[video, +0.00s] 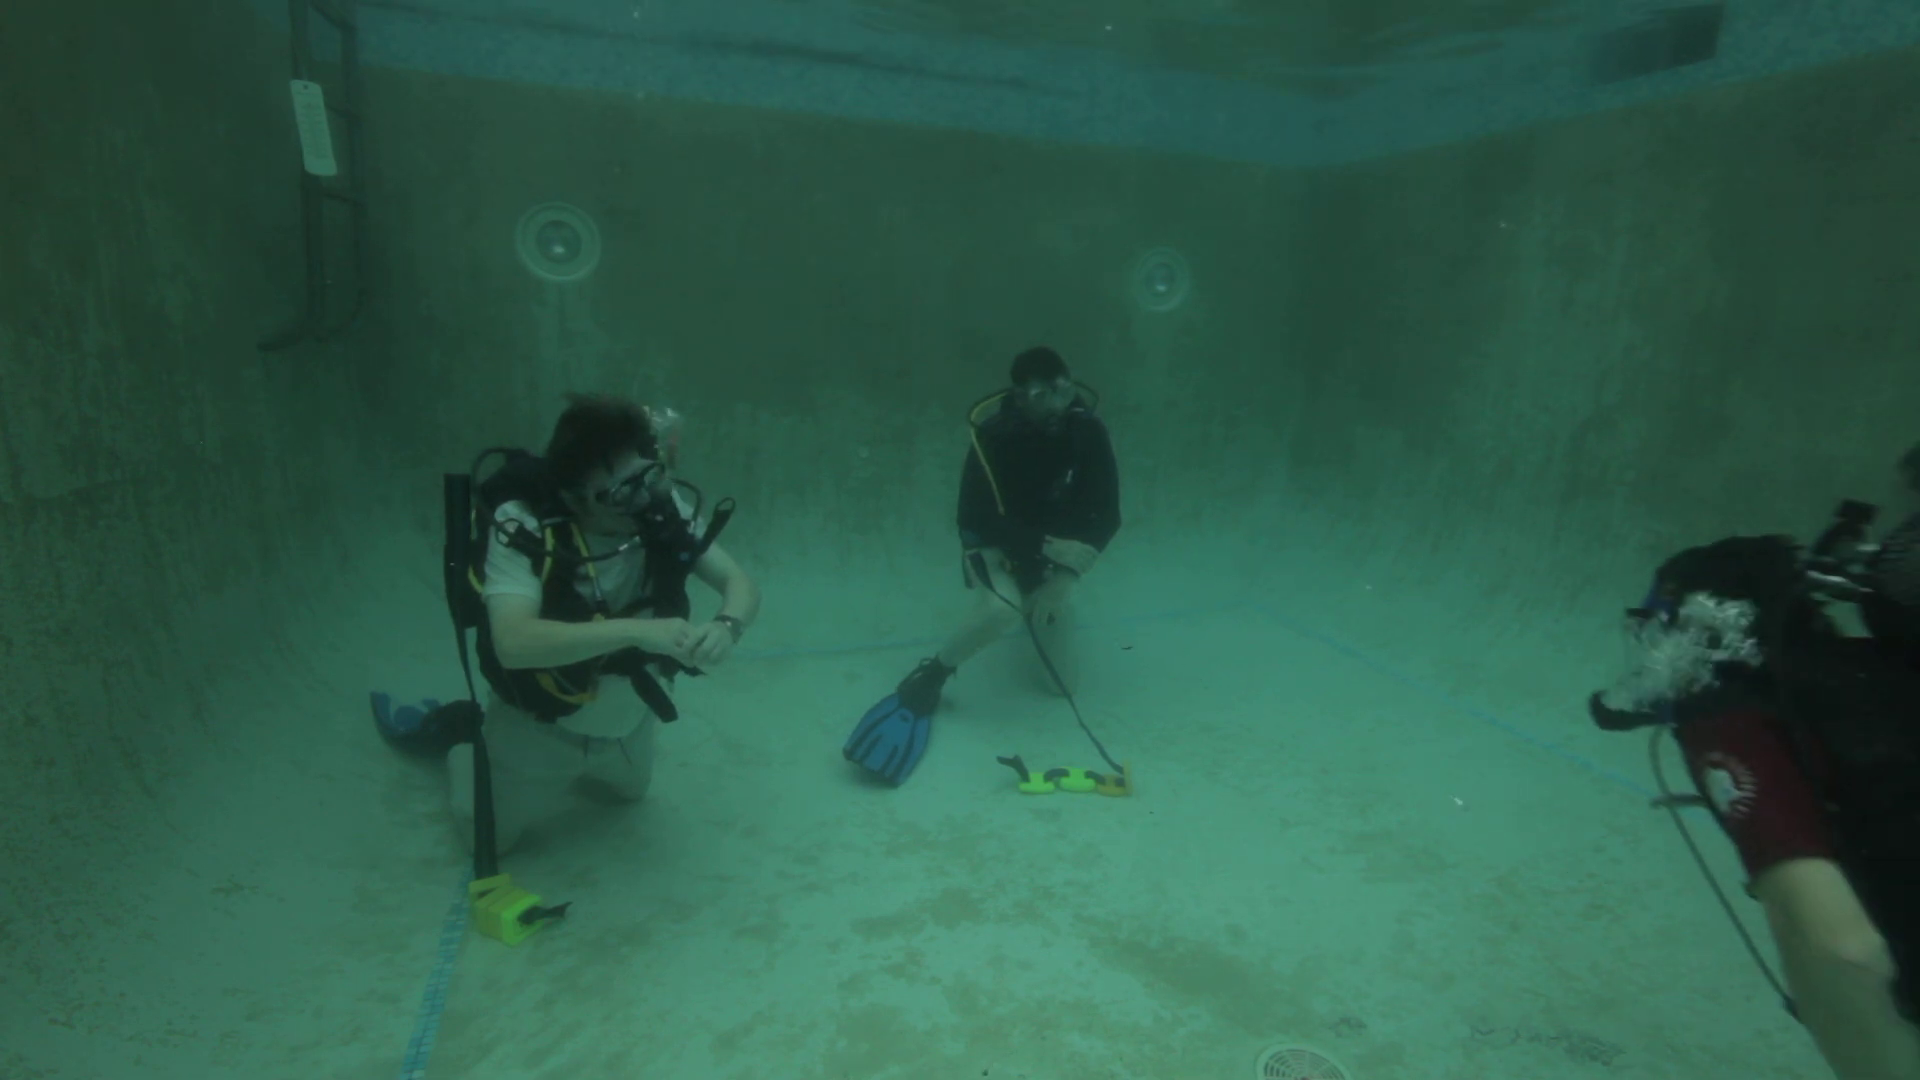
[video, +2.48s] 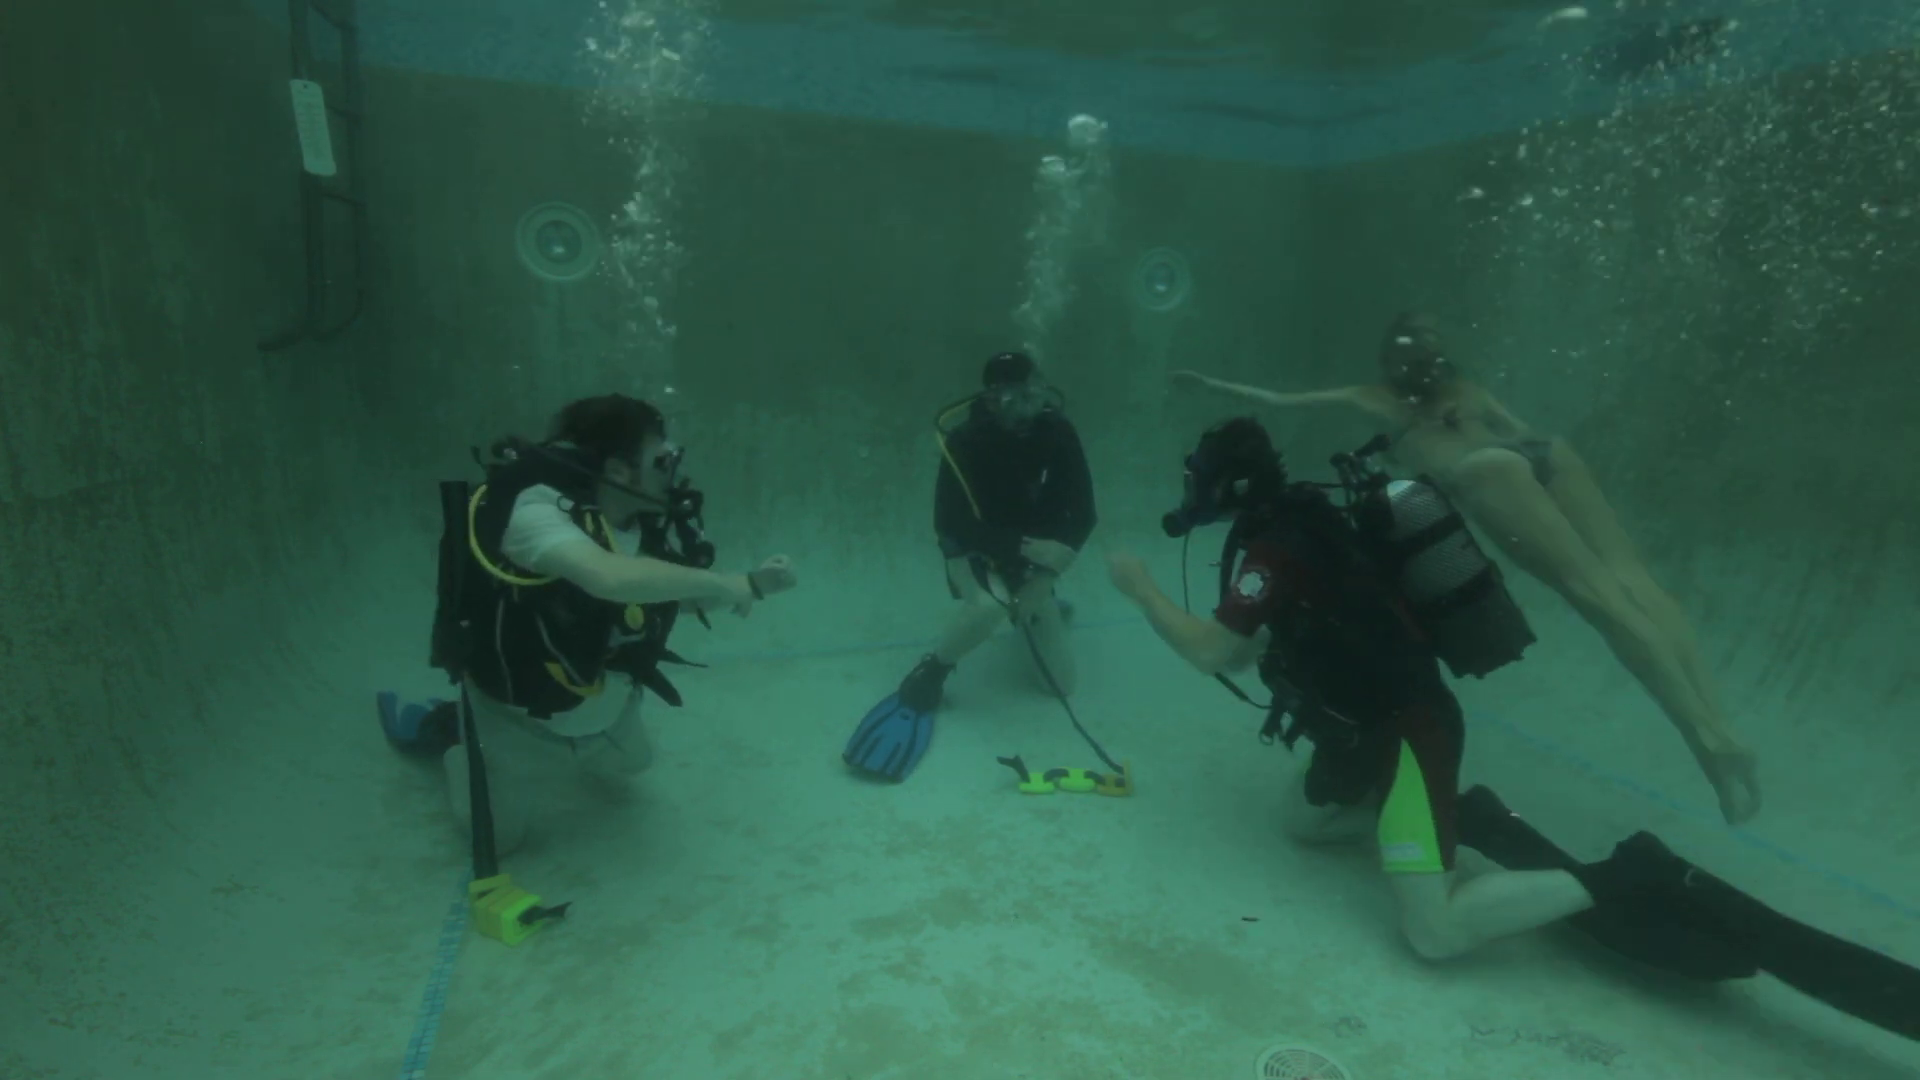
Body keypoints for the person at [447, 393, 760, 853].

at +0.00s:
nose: (647, 499)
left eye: (650, 478)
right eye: (625, 490)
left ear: (659, 466)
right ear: (576, 498)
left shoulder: (660, 511)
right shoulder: (521, 526)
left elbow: (741, 585)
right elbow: (513, 643)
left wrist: (727, 625)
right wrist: (639, 631)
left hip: (627, 715)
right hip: (538, 724)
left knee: (629, 787)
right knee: (491, 836)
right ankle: (463, 730)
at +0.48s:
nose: (648, 496)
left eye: (650, 477)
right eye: (628, 485)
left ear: (655, 467)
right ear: (575, 493)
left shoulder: (657, 510)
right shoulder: (517, 526)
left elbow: (739, 581)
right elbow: (513, 642)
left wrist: (727, 622)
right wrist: (638, 626)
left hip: (626, 712)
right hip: (537, 722)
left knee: (628, 786)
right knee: (494, 838)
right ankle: (463, 730)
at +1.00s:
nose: (634, 494)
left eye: (637, 475)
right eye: (614, 483)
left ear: (645, 466)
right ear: (566, 491)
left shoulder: (653, 508)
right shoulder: (510, 528)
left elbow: (721, 583)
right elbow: (538, 632)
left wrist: (733, 627)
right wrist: (652, 576)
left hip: (626, 706)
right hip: (538, 719)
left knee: (627, 787)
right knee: (507, 830)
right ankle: (463, 731)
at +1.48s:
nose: (628, 492)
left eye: (631, 475)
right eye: (609, 483)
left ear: (637, 466)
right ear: (559, 490)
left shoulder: (645, 509)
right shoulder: (502, 533)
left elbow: (718, 590)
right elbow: (571, 597)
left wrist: (721, 641)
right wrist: (671, 533)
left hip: (621, 705)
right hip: (534, 716)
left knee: (628, 785)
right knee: (505, 830)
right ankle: (461, 730)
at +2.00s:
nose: (644, 472)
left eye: (641, 459)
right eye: (628, 465)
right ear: (583, 479)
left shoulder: (637, 514)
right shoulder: (507, 528)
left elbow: (688, 574)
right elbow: (589, 593)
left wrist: (727, 614)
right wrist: (691, 565)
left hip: (623, 704)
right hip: (534, 721)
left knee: (625, 785)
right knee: (499, 835)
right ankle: (458, 729)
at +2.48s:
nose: (675, 475)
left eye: (673, 461)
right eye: (662, 464)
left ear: (623, 470)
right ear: (616, 471)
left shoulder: (638, 510)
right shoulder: (533, 515)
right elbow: (608, 578)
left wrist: (716, 593)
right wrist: (734, 584)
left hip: (606, 701)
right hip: (520, 722)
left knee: (632, 762)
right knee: (495, 833)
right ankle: (455, 725)